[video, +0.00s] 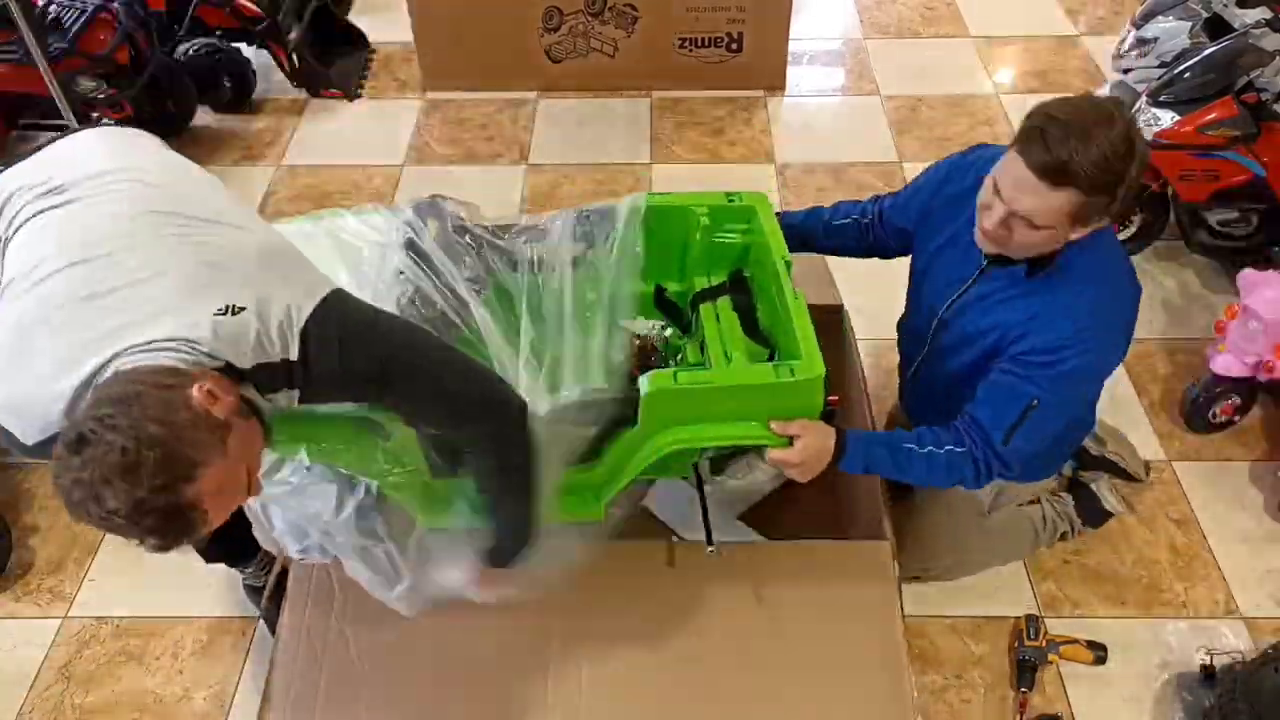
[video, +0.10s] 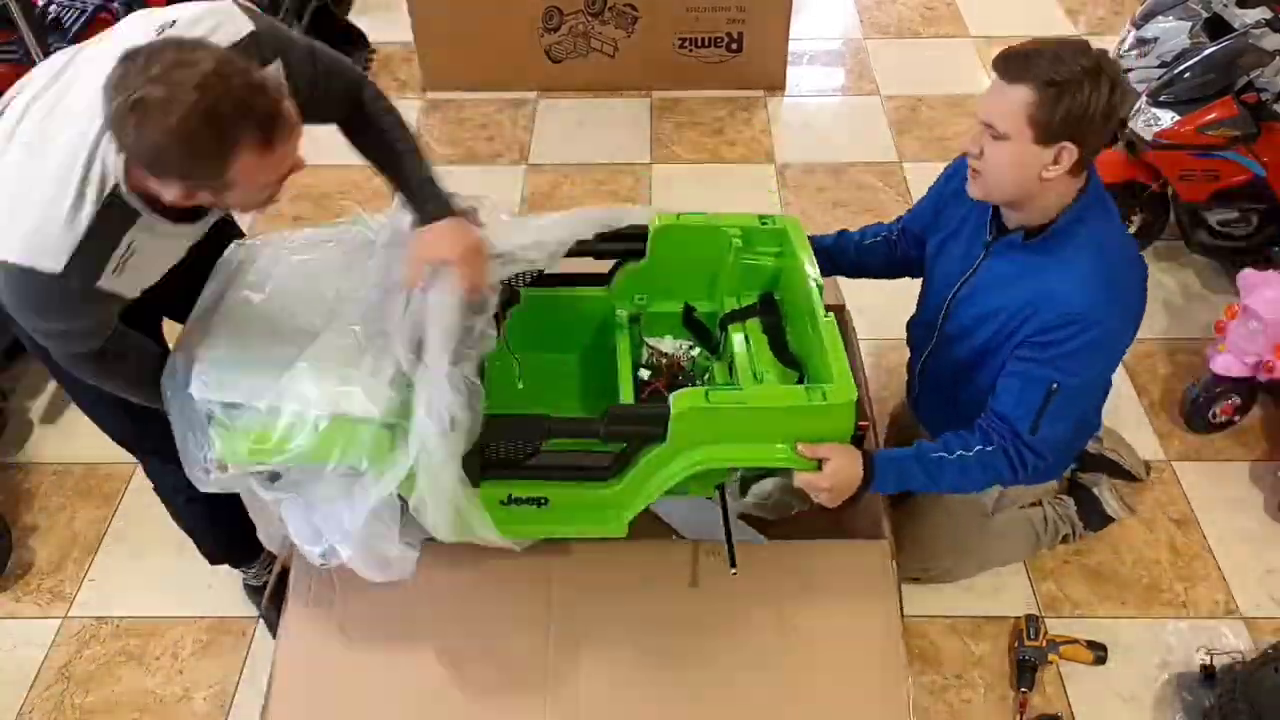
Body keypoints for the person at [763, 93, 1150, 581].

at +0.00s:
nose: (992, 219)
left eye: (1024, 222)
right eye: (996, 190)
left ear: (1083, 228)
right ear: (1005, 156)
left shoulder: (1081, 321)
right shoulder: (974, 172)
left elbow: (980, 449)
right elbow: (878, 224)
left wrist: (841, 450)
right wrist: (768, 232)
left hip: (995, 453)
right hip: (924, 392)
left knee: (913, 555)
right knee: (891, 486)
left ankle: (1073, 507)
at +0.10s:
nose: (970, 146)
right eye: (978, 127)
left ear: (1058, 160)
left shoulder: (1090, 297)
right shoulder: (976, 179)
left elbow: (1013, 449)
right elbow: (908, 243)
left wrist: (870, 470)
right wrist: (801, 253)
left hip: (998, 451)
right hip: (929, 396)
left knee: (915, 557)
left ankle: (1077, 506)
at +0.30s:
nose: (962, 103)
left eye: (982, 92)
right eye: (970, 85)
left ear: (1042, 115)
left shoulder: (1087, 263)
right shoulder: (972, 153)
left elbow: (1058, 411)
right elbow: (942, 245)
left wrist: (932, 448)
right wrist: (852, 238)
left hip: (992, 421)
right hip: (915, 358)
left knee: (918, 555)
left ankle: (1078, 505)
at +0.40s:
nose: (950, 109)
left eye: (974, 98)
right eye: (953, 88)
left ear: (1038, 114)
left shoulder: (1075, 248)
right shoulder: (969, 148)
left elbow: (1049, 401)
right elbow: (937, 243)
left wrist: (923, 429)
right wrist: (848, 236)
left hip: (996, 420)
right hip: (924, 365)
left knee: (918, 554)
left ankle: (1080, 512)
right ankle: (1046, 449)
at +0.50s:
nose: (945, 109)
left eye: (968, 98)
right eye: (949, 88)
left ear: (1032, 113)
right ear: (948, 70)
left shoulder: (1069, 244)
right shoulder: (966, 143)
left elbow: (1050, 398)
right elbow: (940, 245)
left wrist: (924, 430)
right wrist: (854, 242)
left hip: (997, 418)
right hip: (923, 362)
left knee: (920, 556)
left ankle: (1079, 514)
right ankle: (1044, 449)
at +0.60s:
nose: (977, 183)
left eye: (997, 176)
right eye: (982, 165)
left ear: (1068, 190)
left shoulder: (1120, 332)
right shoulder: (1002, 207)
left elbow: (1065, 480)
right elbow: (956, 256)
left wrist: (931, 507)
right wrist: (877, 244)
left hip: (1029, 477)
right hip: (944, 415)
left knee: (954, 602)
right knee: (806, 507)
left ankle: (1104, 517)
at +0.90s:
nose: (1001, 131)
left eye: (1029, 122)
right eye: (1011, 107)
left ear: (1091, 156)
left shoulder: (1132, 300)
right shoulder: (1012, 182)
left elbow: (1108, 462)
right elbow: (970, 253)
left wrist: (984, 524)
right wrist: (889, 270)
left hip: (1042, 476)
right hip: (956, 412)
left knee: (950, 600)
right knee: (853, 518)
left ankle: (1107, 517)